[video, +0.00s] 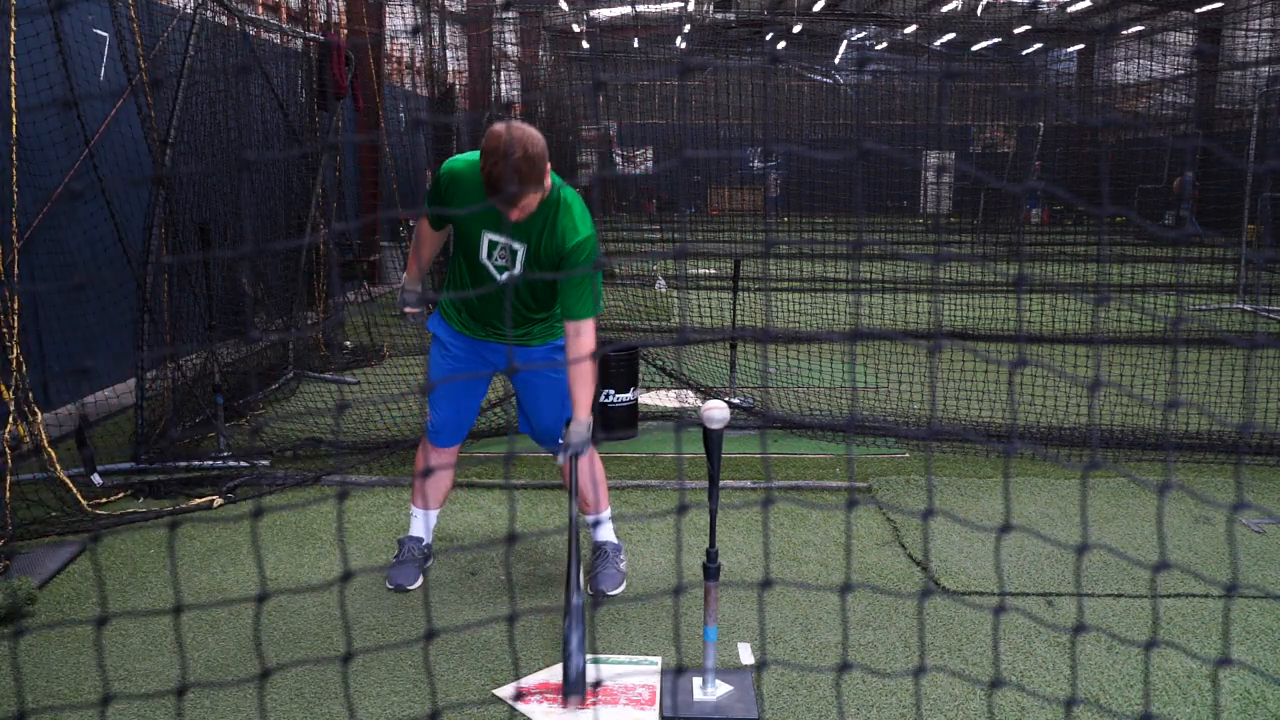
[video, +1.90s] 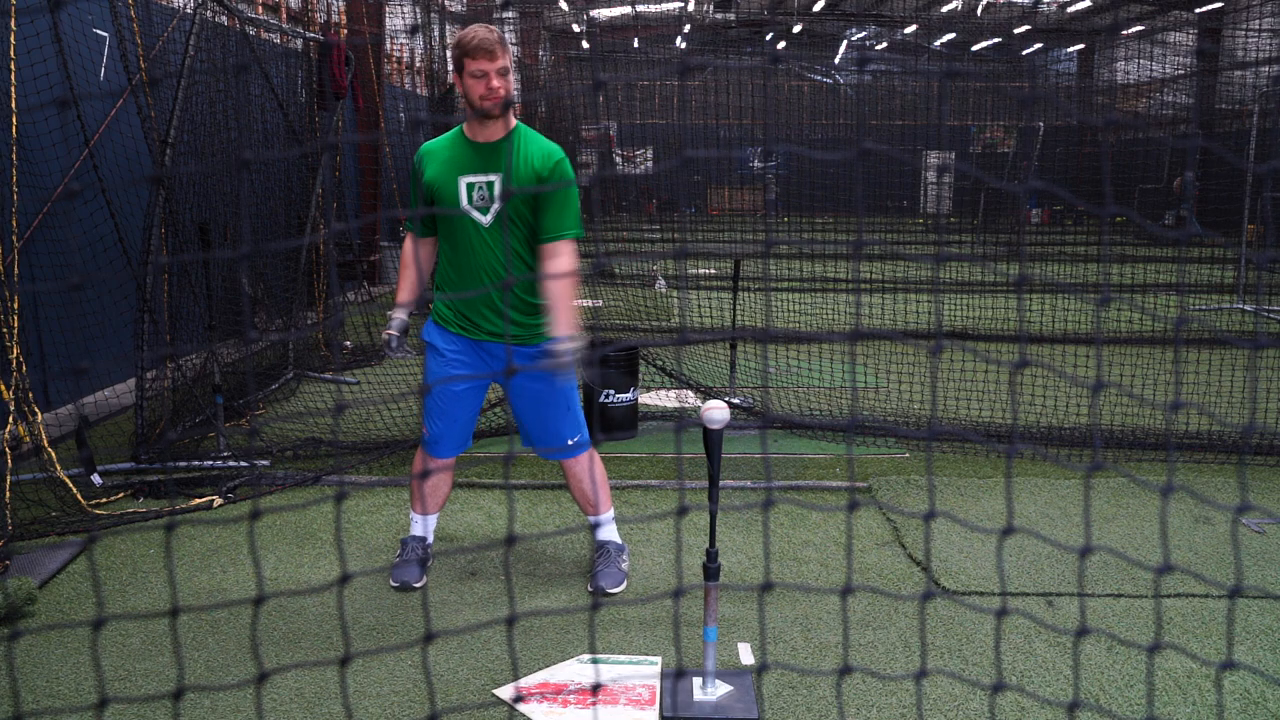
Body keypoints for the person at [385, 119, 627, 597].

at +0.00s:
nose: (514, 214)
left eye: (525, 204)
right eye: (504, 205)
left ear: (544, 179)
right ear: (486, 177)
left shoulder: (571, 223)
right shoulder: (456, 180)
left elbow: (580, 331)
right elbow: (432, 225)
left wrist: (581, 419)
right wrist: (413, 282)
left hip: (542, 337)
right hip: (462, 329)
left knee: (570, 439)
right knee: (440, 436)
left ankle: (606, 542)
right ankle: (418, 540)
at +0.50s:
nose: (499, 147)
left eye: (508, 135)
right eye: (487, 136)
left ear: (531, 112)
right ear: (473, 121)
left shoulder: (572, 172)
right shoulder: (447, 162)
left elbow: (594, 261)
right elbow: (427, 231)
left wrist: (601, 339)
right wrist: (409, 300)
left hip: (543, 336)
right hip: (460, 331)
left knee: (571, 445)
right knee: (438, 444)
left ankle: (605, 541)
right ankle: (417, 541)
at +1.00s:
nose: (491, 127)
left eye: (500, 113)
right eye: (479, 117)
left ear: (518, 94)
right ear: (461, 106)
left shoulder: (563, 157)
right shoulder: (440, 160)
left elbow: (606, 231)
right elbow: (419, 238)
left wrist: (651, 295)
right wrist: (401, 309)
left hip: (544, 330)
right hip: (462, 330)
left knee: (573, 442)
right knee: (440, 443)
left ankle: (606, 543)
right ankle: (419, 539)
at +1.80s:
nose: (487, 88)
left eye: (495, 75)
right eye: (475, 78)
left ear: (509, 75)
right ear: (456, 83)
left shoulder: (550, 156)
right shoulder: (433, 160)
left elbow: (597, 239)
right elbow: (419, 243)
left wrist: (645, 309)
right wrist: (399, 315)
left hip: (539, 332)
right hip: (458, 333)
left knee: (571, 444)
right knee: (437, 445)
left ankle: (608, 541)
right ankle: (418, 539)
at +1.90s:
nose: (492, 85)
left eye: (500, 74)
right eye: (479, 76)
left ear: (513, 78)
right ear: (458, 82)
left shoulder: (545, 160)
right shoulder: (431, 159)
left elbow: (559, 259)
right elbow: (420, 241)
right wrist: (401, 313)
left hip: (534, 335)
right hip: (455, 334)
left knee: (570, 444)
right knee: (437, 446)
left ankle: (608, 541)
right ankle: (418, 540)